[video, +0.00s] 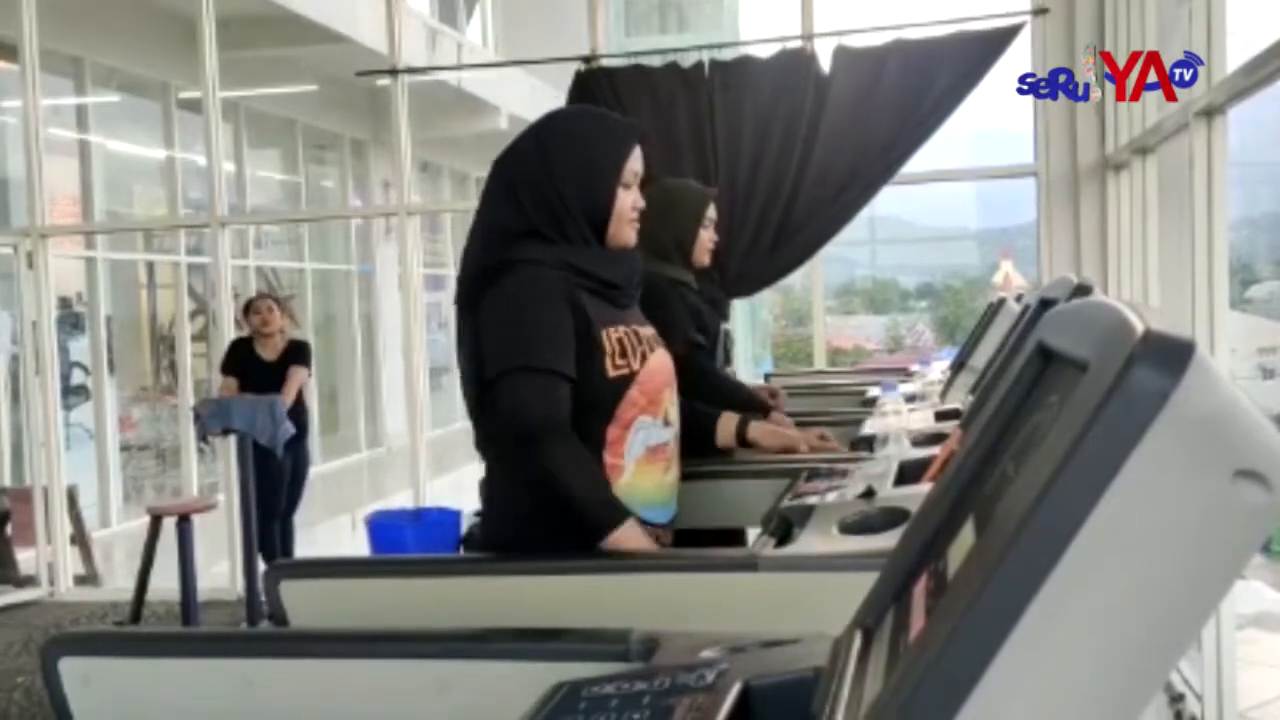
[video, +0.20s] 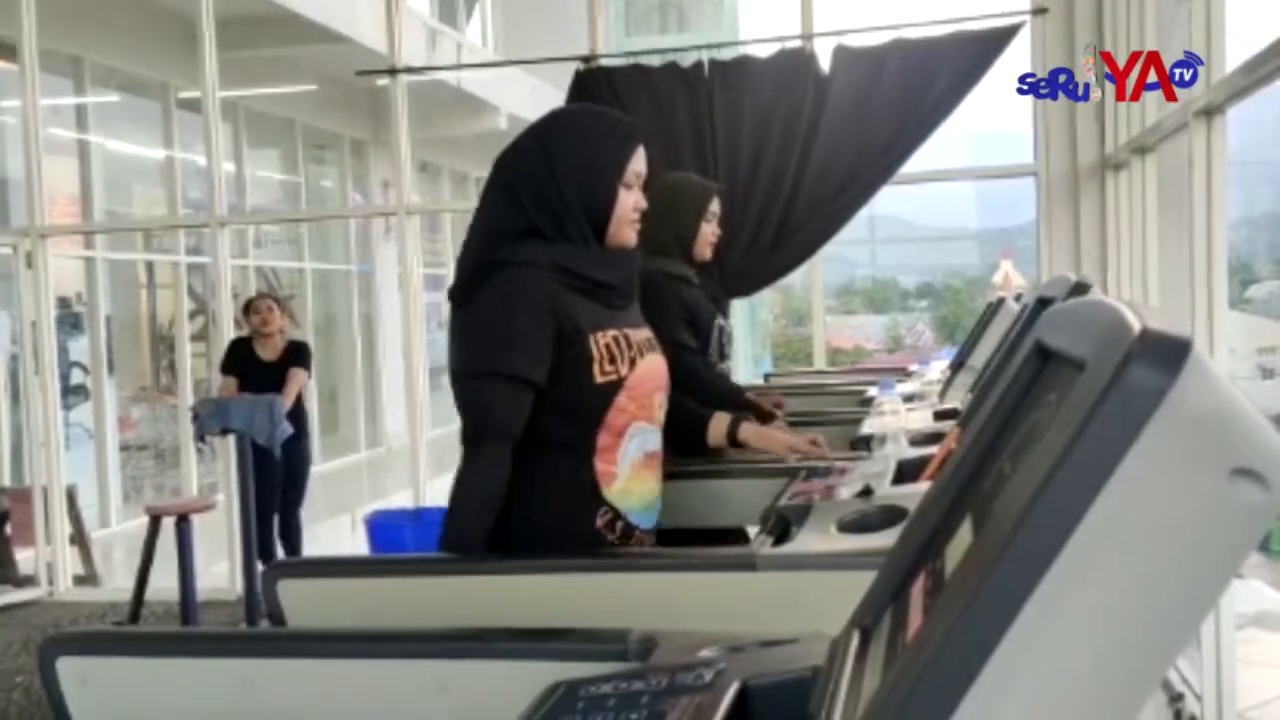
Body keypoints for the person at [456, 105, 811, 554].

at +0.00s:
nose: (641, 203)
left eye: (639, 186)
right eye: (626, 185)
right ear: (577, 185)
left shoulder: (603, 282)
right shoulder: (530, 287)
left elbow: (640, 406)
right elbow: (536, 439)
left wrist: (746, 431)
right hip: (561, 564)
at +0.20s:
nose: (643, 202)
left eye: (641, 187)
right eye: (629, 186)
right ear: (578, 184)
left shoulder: (608, 282)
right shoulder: (520, 290)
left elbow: (635, 406)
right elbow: (490, 446)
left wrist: (741, 432)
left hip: (618, 550)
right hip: (544, 562)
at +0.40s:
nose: (639, 219)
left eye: (637, 202)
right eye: (626, 201)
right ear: (576, 201)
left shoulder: (602, 305)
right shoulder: (516, 311)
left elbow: (627, 422)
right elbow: (468, 474)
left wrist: (738, 441)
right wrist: (427, 596)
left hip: (628, 566)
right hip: (554, 580)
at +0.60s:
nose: (629, 199)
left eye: (626, 181)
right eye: (614, 179)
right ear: (564, 179)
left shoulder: (588, 279)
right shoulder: (516, 285)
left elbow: (627, 400)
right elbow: (515, 449)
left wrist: (737, 425)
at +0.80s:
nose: (623, 212)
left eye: (621, 196)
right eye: (610, 195)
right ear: (561, 195)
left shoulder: (586, 296)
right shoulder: (517, 298)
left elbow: (628, 412)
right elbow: (548, 443)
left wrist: (735, 433)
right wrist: (675, 510)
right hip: (510, 560)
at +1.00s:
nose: (627, 202)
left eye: (625, 186)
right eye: (613, 185)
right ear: (563, 183)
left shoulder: (592, 282)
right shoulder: (511, 285)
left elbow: (633, 405)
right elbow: (508, 441)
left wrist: (734, 443)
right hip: (538, 569)